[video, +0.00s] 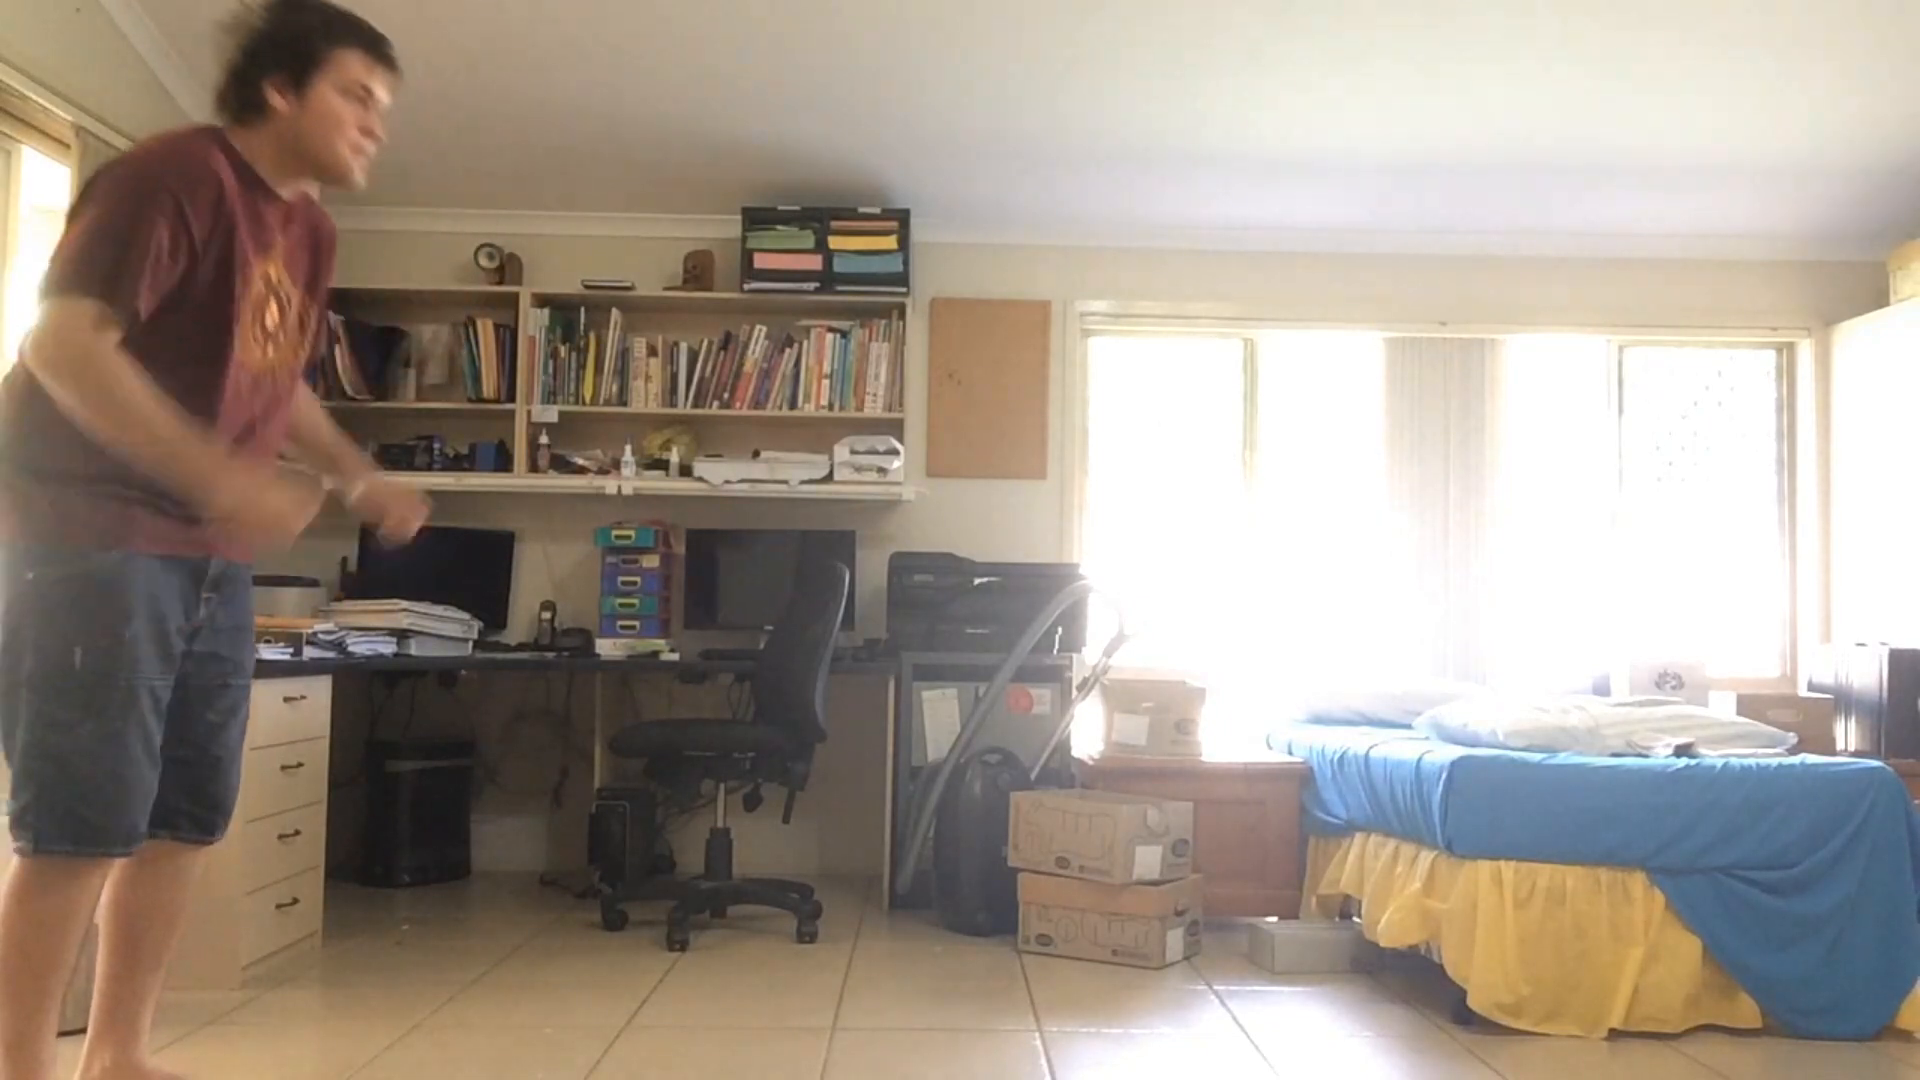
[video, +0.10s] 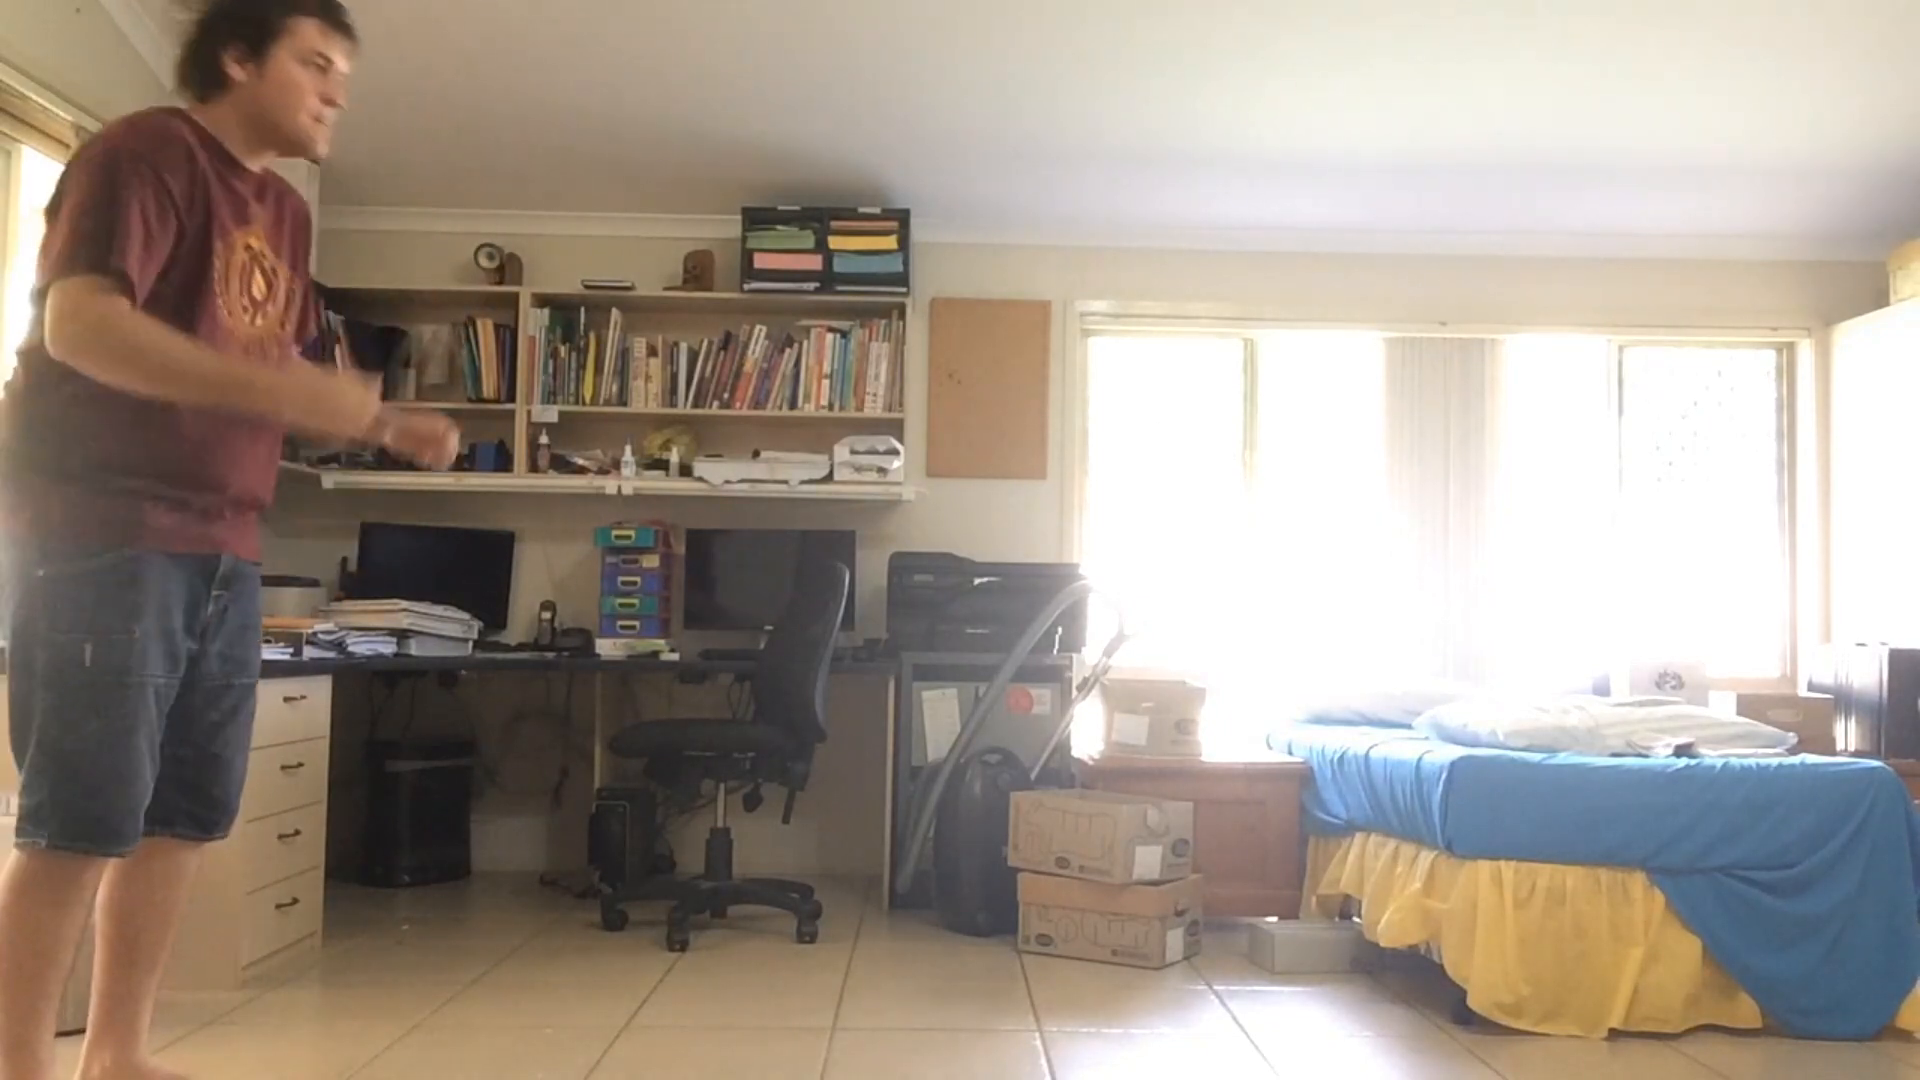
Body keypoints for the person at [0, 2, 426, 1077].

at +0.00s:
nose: (378, 124)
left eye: (383, 108)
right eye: (360, 96)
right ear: (282, 89)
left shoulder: (311, 231)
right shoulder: (174, 174)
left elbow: (274, 386)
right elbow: (63, 340)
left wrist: (360, 478)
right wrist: (216, 477)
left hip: (213, 551)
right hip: (91, 542)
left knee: (176, 824)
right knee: (74, 829)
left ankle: (116, 1058)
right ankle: (25, 1062)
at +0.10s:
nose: (334, 94)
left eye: (342, 81)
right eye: (315, 66)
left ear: (327, 100)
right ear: (237, 58)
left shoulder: (289, 210)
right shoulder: (142, 148)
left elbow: (289, 370)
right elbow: (79, 322)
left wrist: (383, 421)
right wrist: (289, 394)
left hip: (224, 547)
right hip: (99, 537)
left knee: (179, 818)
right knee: (74, 825)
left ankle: (116, 1055)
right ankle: (22, 1059)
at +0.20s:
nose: (301, 73)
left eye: (306, 55)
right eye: (279, 44)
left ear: (235, 61)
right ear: (201, 46)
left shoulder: (267, 203)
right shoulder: (115, 141)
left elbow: (268, 363)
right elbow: (76, 307)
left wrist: (389, 398)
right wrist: (286, 335)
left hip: (227, 543)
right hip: (101, 535)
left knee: (175, 818)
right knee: (70, 825)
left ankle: (117, 1053)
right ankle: (22, 1060)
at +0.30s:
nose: (275, 61)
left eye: (279, 44)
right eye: (253, 34)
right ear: (175, 40)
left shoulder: (248, 197)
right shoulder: (97, 140)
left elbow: (252, 361)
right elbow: (61, 301)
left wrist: (380, 403)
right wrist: (280, 327)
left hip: (229, 541)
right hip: (103, 534)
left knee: (175, 817)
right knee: (72, 821)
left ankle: (117, 1054)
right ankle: (23, 1059)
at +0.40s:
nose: (260, 54)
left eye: (264, 37)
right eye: (237, 30)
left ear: (250, 56)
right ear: (159, 38)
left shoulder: (239, 194)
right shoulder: (82, 142)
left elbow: (253, 366)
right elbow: (44, 310)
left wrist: (348, 440)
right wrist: (244, 375)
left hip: (226, 541)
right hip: (100, 536)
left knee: (171, 820)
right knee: (71, 822)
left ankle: (117, 1055)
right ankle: (23, 1061)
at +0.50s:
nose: (259, 56)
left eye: (262, 40)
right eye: (236, 32)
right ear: (158, 40)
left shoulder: (239, 200)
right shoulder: (81, 142)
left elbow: (234, 393)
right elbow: (24, 325)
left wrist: (292, 489)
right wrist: (170, 451)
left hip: (224, 549)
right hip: (99, 543)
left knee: (174, 819)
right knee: (70, 826)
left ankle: (117, 1054)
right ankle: (20, 1062)